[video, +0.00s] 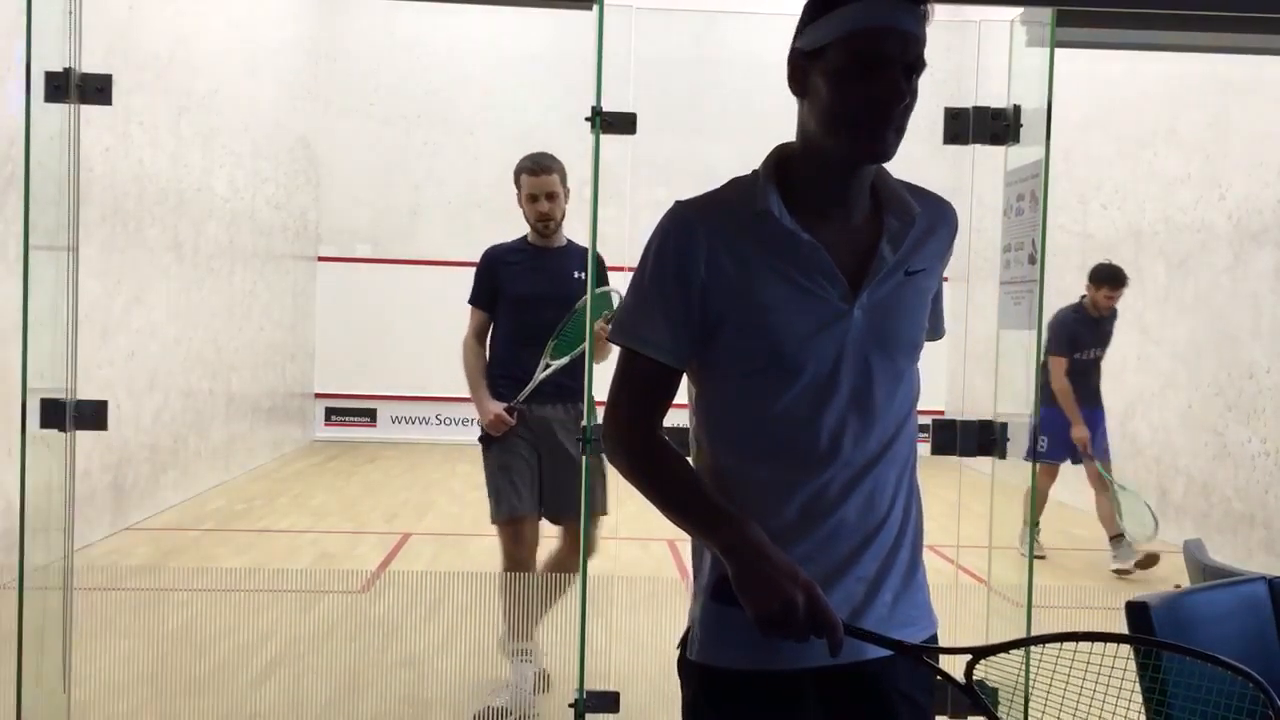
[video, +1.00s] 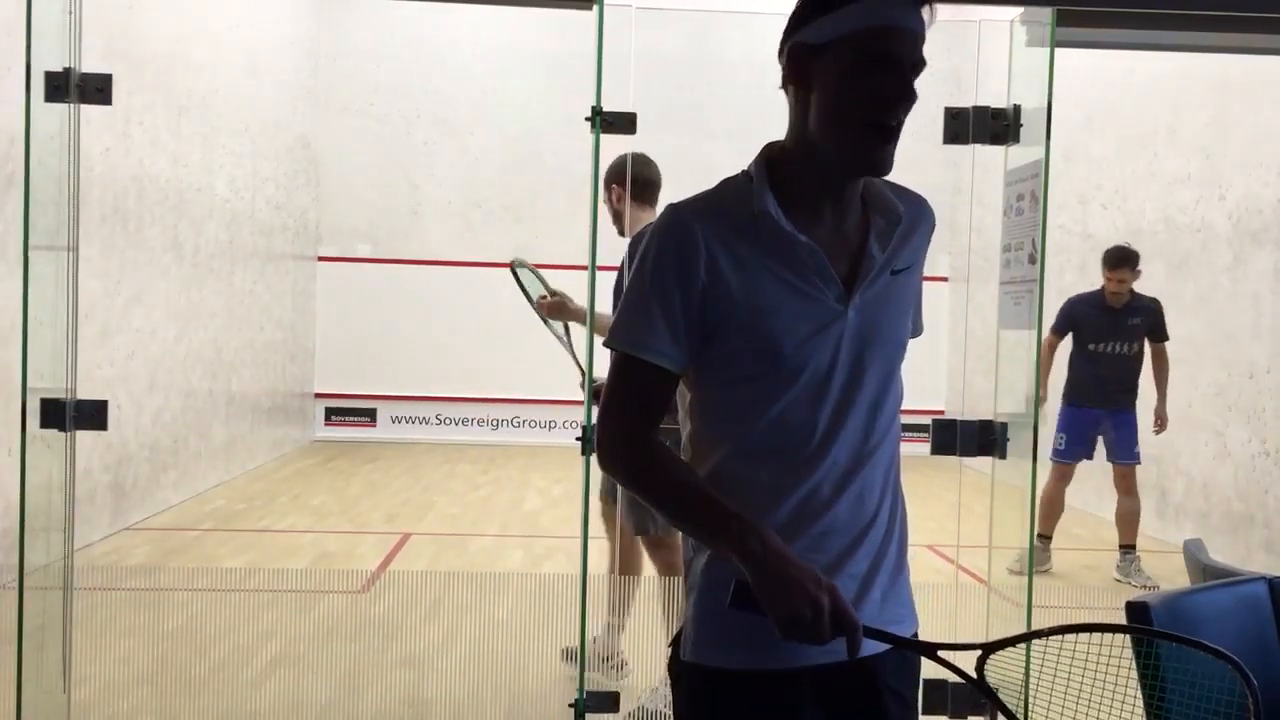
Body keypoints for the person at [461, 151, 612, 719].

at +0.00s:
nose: (544, 207)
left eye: (552, 196)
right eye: (534, 198)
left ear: (567, 197)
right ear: (519, 199)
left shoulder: (588, 264)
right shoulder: (497, 261)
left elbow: (601, 353)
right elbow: (474, 340)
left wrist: (602, 329)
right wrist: (483, 402)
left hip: (570, 417)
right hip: (511, 417)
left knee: (581, 538)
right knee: (518, 543)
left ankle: (522, 627)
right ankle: (523, 666)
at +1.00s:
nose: (603, 205)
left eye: (605, 195)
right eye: (605, 196)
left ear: (616, 192)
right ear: (651, 191)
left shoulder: (647, 248)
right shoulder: (649, 246)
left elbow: (640, 335)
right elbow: (642, 337)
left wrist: (574, 312)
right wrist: (612, 385)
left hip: (658, 420)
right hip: (635, 413)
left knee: (662, 540)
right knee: (615, 513)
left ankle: (684, 671)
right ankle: (611, 643)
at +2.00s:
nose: (485, 214)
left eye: (483, 205)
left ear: (485, 210)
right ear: (526, 206)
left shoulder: (500, 260)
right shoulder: (553, 260)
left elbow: (509, 342)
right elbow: (541, 344)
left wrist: (452, 338)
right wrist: (472, 339)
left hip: (510, 406)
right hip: (554, 404)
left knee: (493, 516)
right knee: (544, 512)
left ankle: (478, 640)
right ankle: (610, 618)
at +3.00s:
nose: (386, 212)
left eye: (384, 204)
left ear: (386, 207)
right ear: (425, 207)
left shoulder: (391, 248)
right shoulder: (442, 258)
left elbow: (390, 320)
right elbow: (448, 331)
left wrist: (346, 322)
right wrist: (376, 316)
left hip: (388, 393)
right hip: (432, 395)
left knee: (344, 492)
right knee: (410, 495)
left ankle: (358, 615)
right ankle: (401, 616)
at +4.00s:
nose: (254, 203)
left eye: (255, 195)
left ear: (255, 201)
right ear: (298, 203)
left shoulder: (271, 250)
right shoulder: (307, 253)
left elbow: (250, 315)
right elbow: (280, 326)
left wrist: (197, 322)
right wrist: (221, 321)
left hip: (274, 391)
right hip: (295, 388)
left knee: (268, 503)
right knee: (232, 475)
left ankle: (292, 627)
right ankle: (231, 602)